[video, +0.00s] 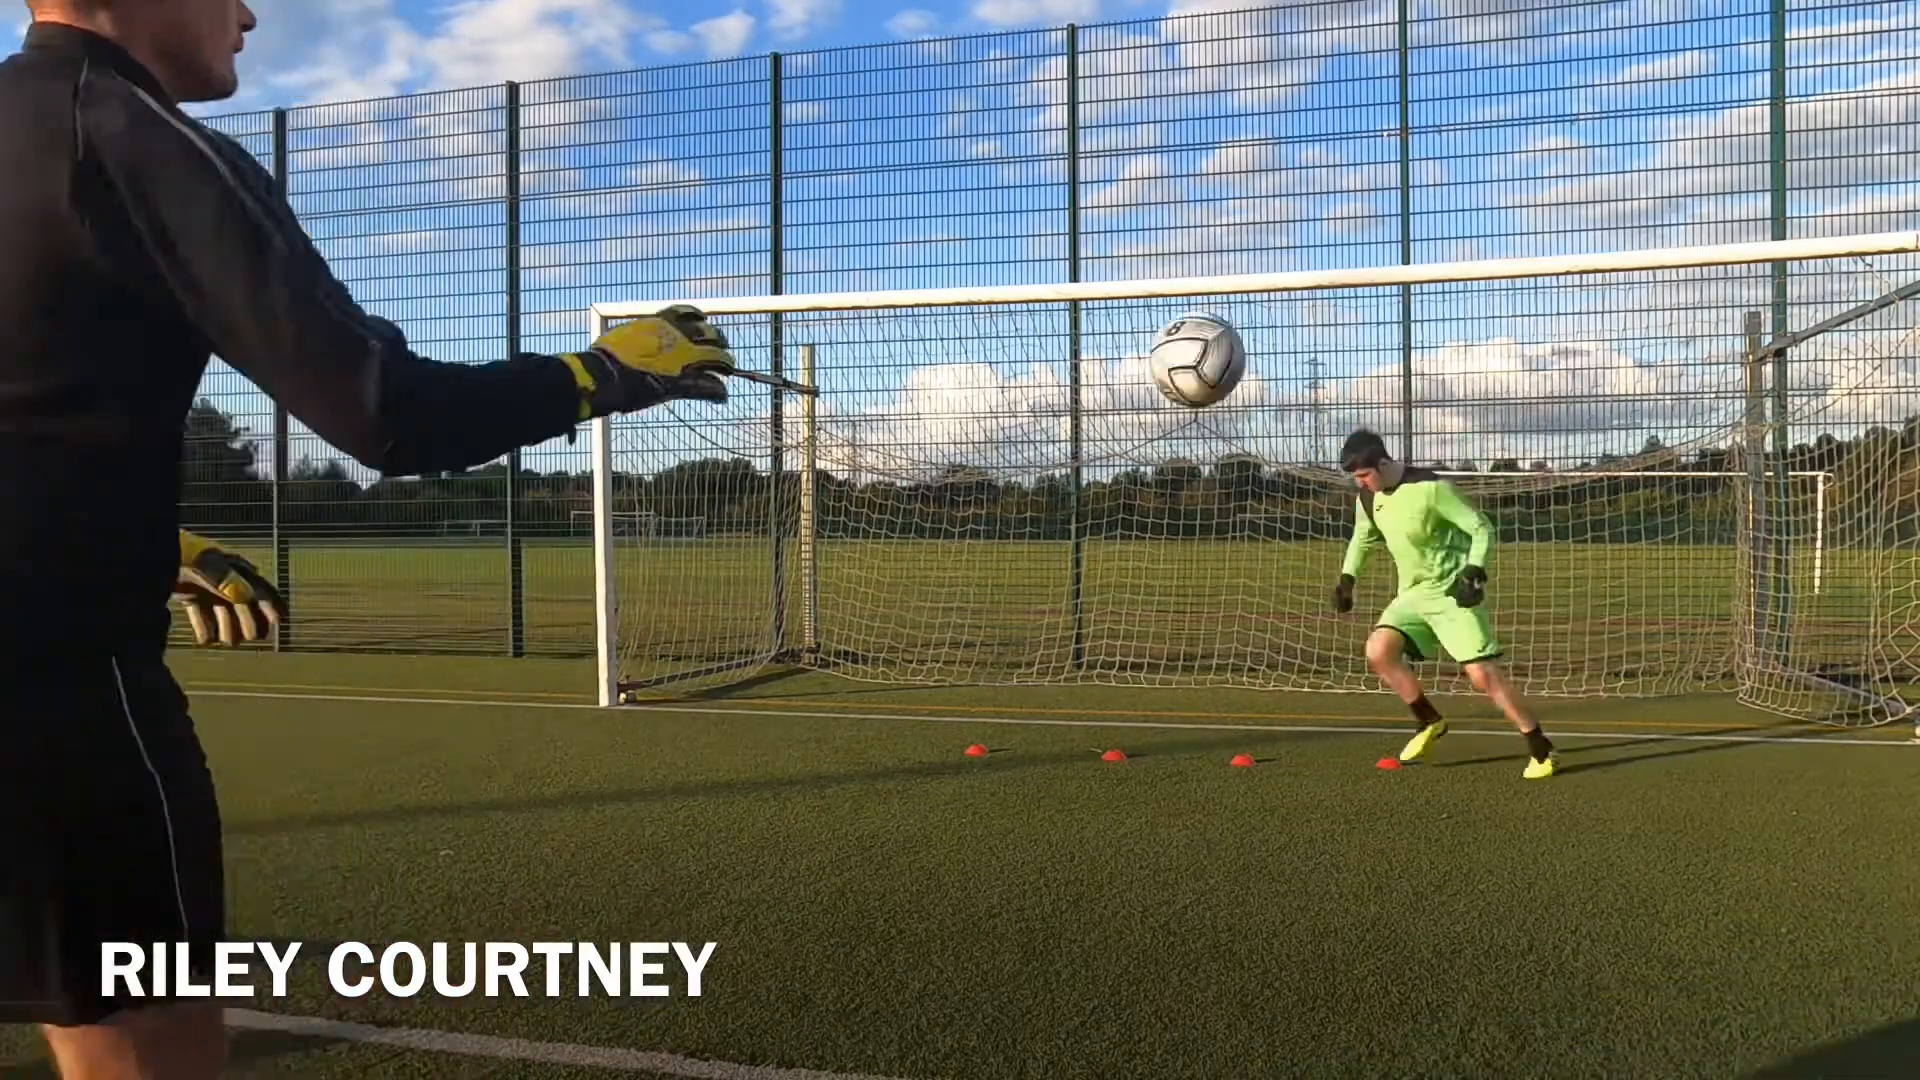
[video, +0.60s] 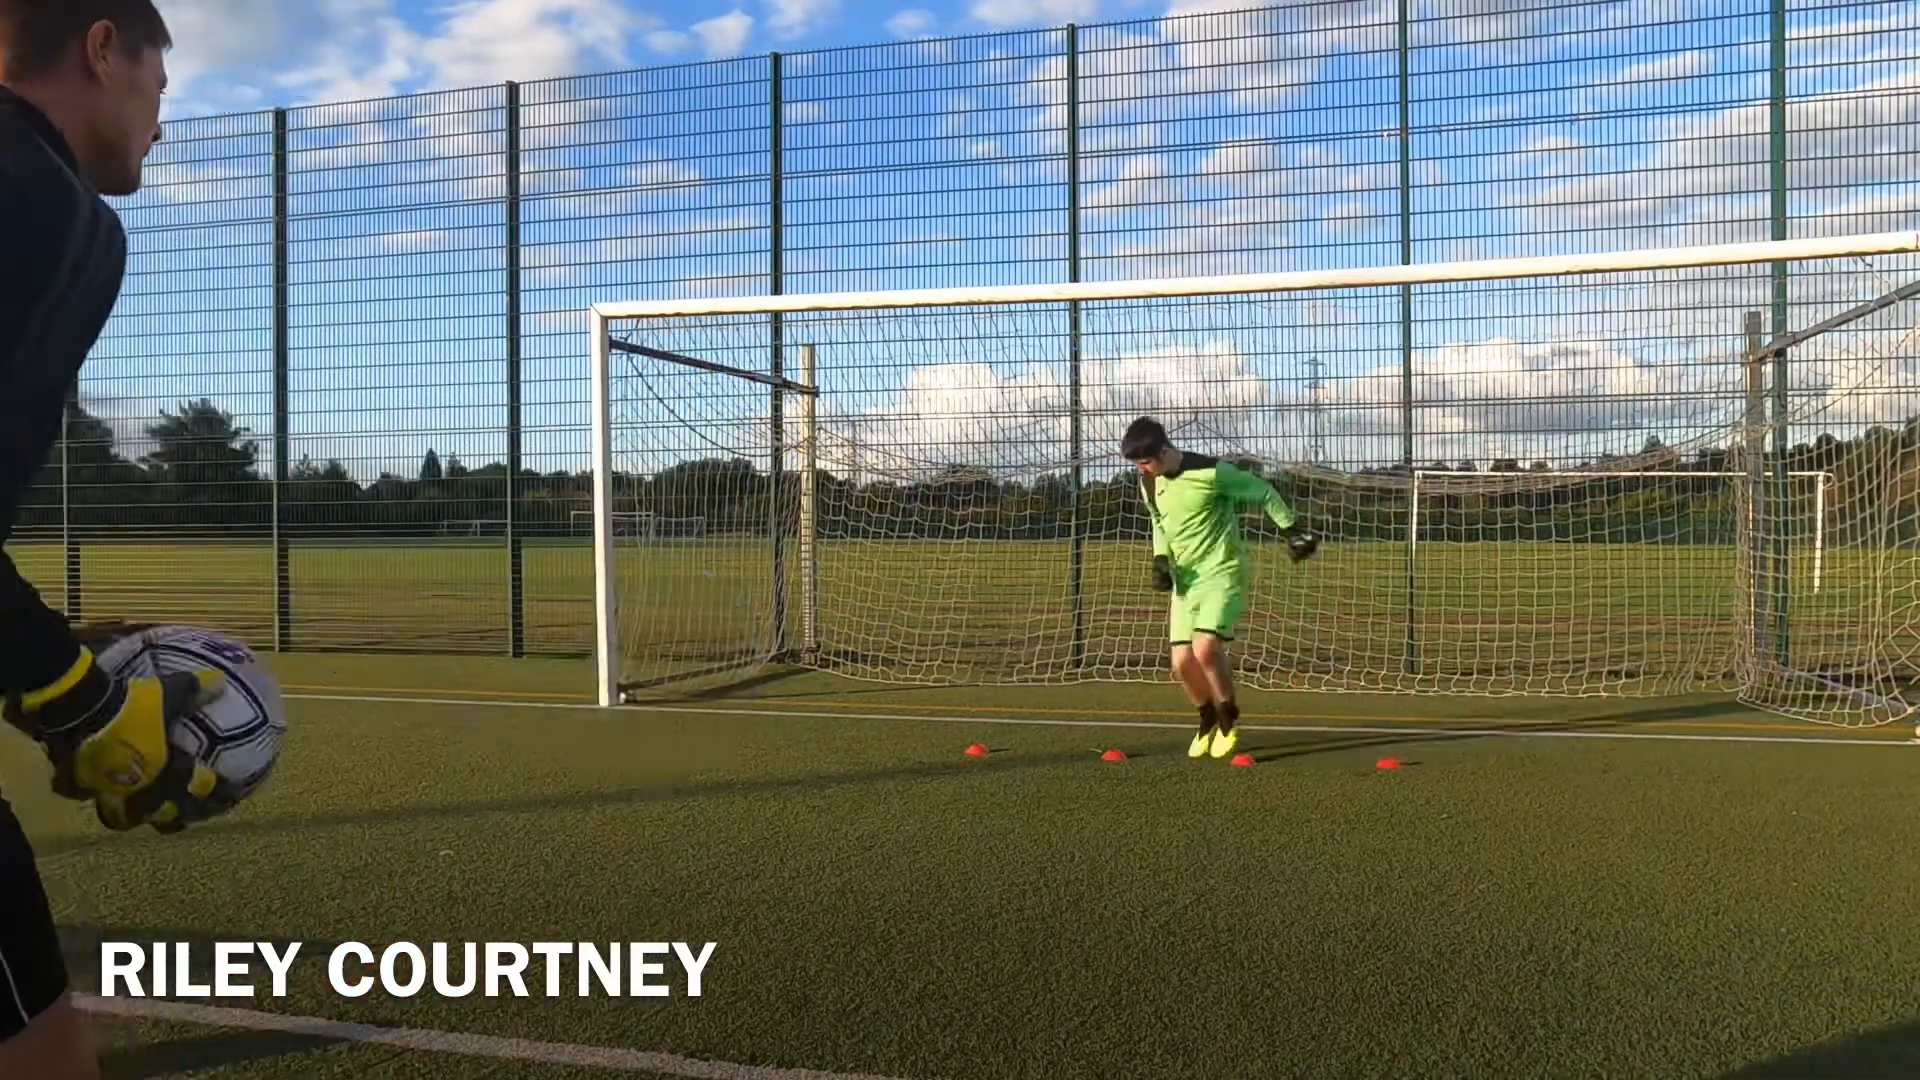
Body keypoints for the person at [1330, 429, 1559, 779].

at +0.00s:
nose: (1360, 483)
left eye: (1364, 474)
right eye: (1355, 477)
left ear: (1383, 462)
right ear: (1355, 474)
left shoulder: (1431, 489)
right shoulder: (1367, 498)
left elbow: (1481, 528)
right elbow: (1363, 537)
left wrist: (1474, 571)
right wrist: (1346, 579)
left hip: (1452, 592)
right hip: (1410, 597)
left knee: (1482, 674)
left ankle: (1542, 749)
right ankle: (1430, 721)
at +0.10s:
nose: (1333, 480)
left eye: (1338, 471)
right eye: (1329, 473)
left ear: (1358, 460)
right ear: (1328, 471)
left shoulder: (1405, 490)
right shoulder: (1335, 493)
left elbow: (1448, 529)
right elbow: (1323, 530)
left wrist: (1436, 568)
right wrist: (1305, 570)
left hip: (1419, 596)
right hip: (1372, 599)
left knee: (1462, 669)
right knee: (1357, 656)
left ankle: (1526, 740)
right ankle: (1372, 751)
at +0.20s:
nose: (1304, 477)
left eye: (1309, 469)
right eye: (1299, 471)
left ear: (1329, 458)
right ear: (1296, 467)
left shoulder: (1371, 485)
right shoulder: (1301, 487)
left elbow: (1411, 530)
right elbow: (1284, 520)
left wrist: (1398, 563)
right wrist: (1278, 558)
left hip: (1384, 580)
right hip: (1338, 587)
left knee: (1415, 649)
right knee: (1355, 654)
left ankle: (1434, 714)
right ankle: (1374, 752)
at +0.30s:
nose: (1264, 473)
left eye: (1269, 465)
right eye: (1259, 466)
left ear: (1288, 455)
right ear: (1256, 464)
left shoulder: (1333, 480)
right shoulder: (1263, 483)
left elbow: (1374, 524)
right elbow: (1261, 517)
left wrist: (1366, 562)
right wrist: (1254, 557)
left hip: (1349, 567)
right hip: (1306, 573)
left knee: (1363, 660)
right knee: (1319, 644)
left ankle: (1364, 714)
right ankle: (1334, 734)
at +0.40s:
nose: (1226, 475)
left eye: (1231, 468)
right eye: (1221, 469)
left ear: (1251, 458)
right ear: (1218, 466)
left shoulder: (1293, 486)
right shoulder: (1229, 487)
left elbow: (1343, 519)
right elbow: (1232, 523)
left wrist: (1349, 564)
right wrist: (1227, 565)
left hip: (1313, 584)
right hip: (1269, 584)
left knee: (1328, 665)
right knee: (1261, 653)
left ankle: (1347, 733)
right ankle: (1268, 709)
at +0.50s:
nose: (1183, 470)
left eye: (1189, 463)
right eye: (1179, 465)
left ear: (1208, 452)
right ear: (1178, 462)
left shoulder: (1252, 478)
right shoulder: (1189, 484)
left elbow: (1303, 501)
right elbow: (1191, 525)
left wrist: (1332, 540)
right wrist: (1195, 559)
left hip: (1265, 585)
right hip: (1224, 588)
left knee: (1279, 673)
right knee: (1218, 671)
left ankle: (1325, 717)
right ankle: (1214, 732)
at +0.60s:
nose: (1141, 468)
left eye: (1145, 461)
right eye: (1137, 463)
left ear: (1164, 449)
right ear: (1137, 459)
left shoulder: (1212, 474)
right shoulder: (1150, 481)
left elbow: (1265, 491)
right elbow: (1158, 523)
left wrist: (1292, 530)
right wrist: (1160, 558)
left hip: (1222, 573)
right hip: (1185, 579)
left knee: (1205, 651)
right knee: (1181, 663)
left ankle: (1229, 722)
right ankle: (1209, 719)